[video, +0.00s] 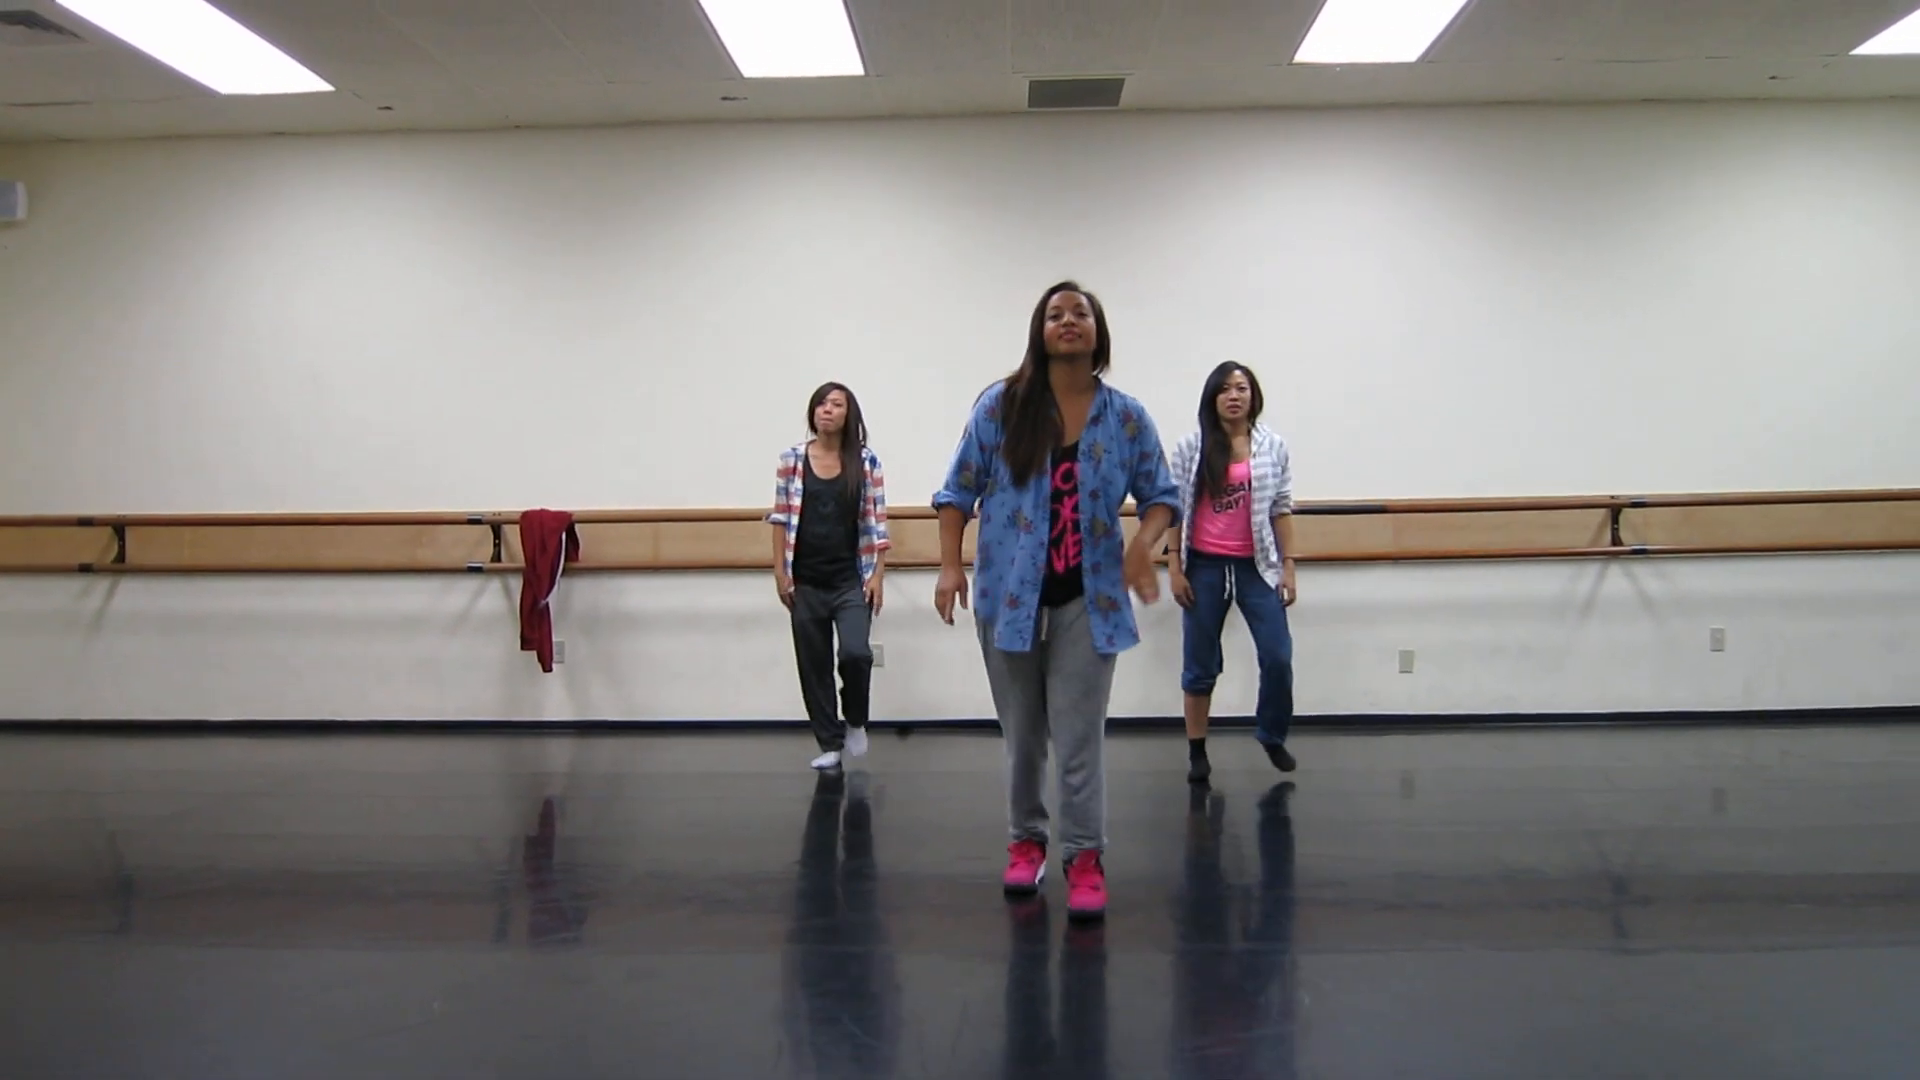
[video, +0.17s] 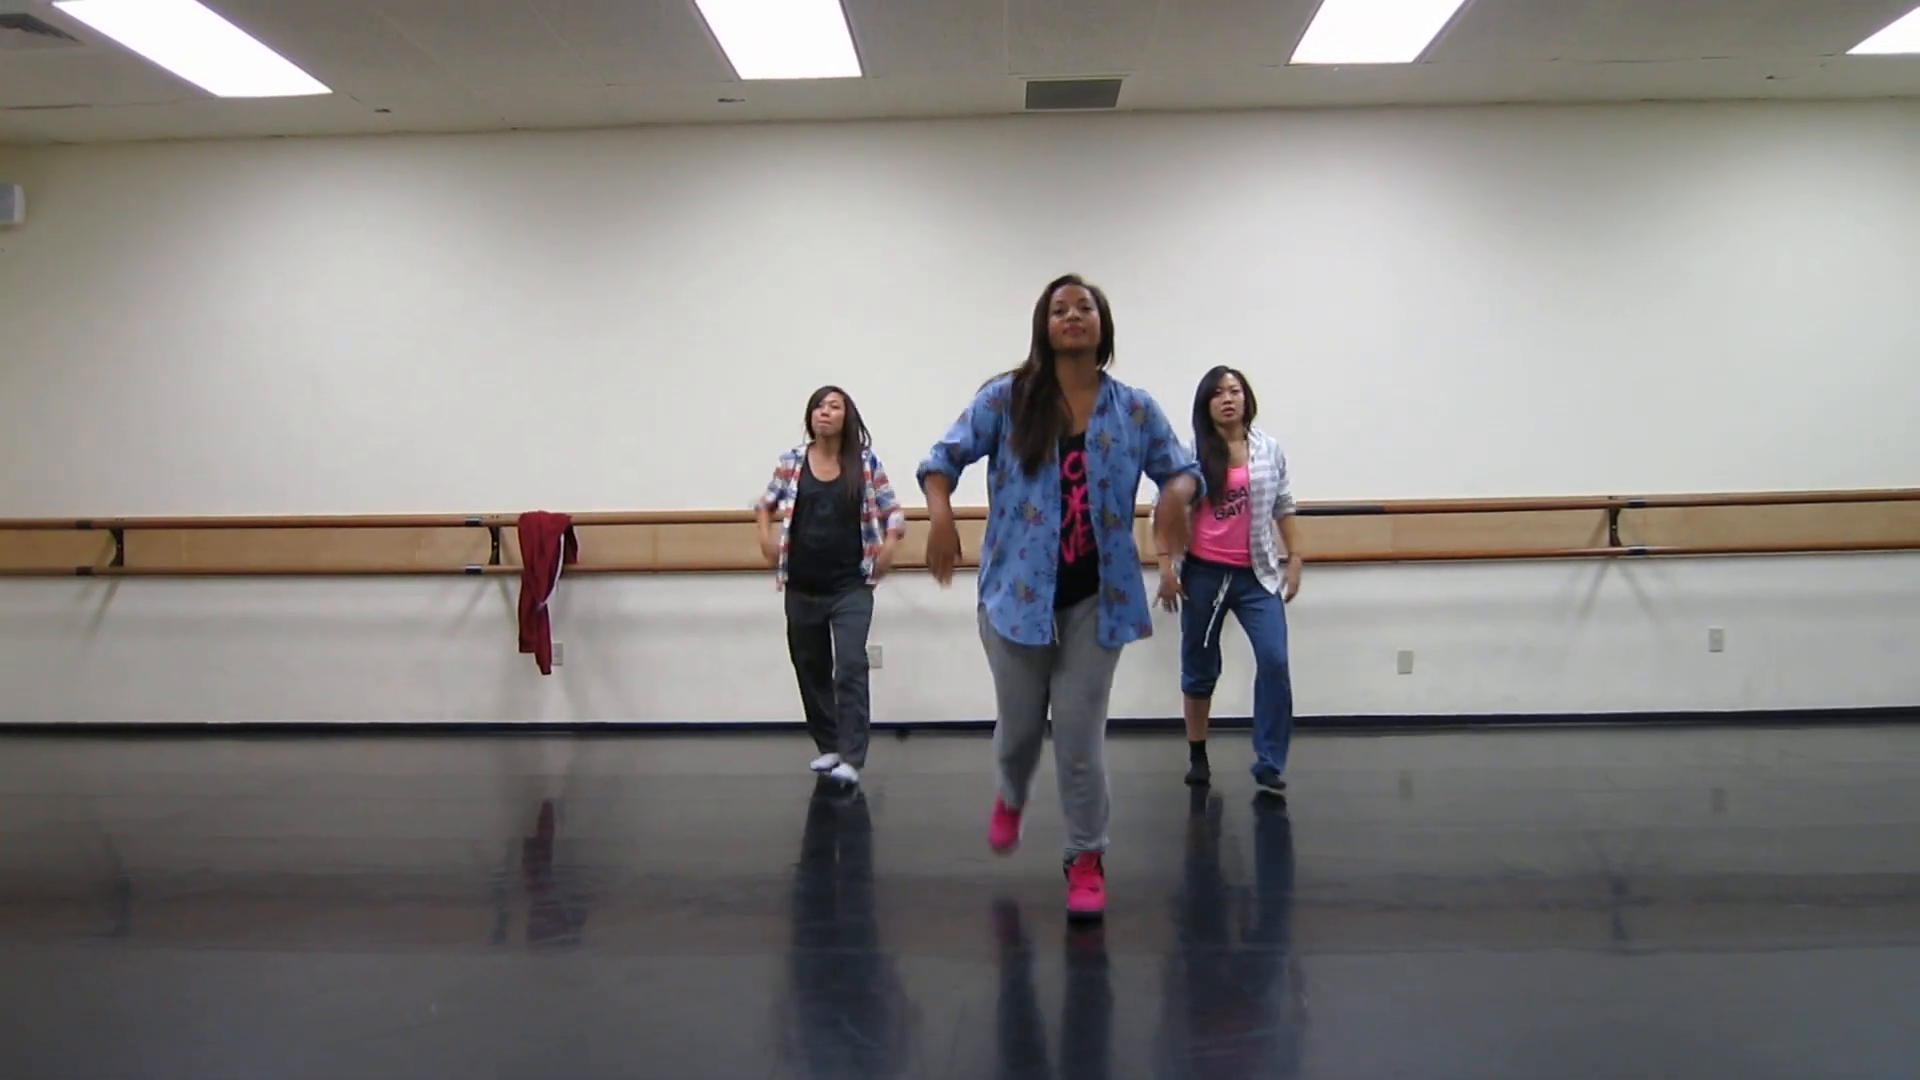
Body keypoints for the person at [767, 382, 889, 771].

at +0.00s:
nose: (828, 409)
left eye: (837, 405)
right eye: (822, 403)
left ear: (849, 415)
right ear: (812, 412)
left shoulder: (867, 461)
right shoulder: (793, 459)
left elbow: (878, 521)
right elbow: (780, 519)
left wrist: (877, 574)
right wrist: (780, 571)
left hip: (852, 582)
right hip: (806, 584)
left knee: (855, 654)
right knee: (814, 669)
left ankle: (856, 723)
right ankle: (829, 745)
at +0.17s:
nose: (827, 411)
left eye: (835, 406)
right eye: (820, 406)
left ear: (848, 418)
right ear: (810, 416)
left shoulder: (866, 462)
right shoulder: (792, 462)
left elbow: (894, 515)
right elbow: (765, 505)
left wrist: (887, 549)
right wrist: (766, 541)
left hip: (851, 588)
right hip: (802, 590)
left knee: (850, 669)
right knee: (813, 674)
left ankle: (850, 760)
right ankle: (829, 750)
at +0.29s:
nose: (823, 416)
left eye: (830, 409)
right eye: (816, 411)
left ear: (845, 419)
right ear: (806, 424)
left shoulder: (866, 463)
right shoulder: (795, 465)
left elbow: (902, 496)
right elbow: (765, 505)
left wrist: (909, 479)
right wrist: (756, 464)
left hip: (854, 589)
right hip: (803, 590)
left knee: (850, 673)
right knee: (806, 679)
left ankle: (847, 766)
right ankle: (832, 721)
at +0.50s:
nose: (818, 422)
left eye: (824, 414)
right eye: (810, 419)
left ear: (840, 422)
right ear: (803, 433)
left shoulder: (861, 469)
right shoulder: (791, 471)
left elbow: (894, 503)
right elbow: (746, 479)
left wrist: (909, 484)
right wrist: (698, 475)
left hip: (850, 596)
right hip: (800, 593)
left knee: (849, 681)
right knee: (798, 670)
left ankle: (846, 768)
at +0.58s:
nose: (813, 415)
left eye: (820, 408)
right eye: (805, 412)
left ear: (835, 415)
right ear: (798, 425)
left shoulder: (855, 459)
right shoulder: (793, 461)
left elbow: (839, 492)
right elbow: (775, 473)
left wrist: (802, 505)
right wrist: (778, 475)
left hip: (843, 590)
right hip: (795, 585)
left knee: (847, 684)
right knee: (779, 654)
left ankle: (844, 766)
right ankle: (770, 737)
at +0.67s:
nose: (806, 399)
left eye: (812, 392)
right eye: (797, 396)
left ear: (828, 399)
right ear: (790, 409)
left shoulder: (848, 443)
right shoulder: (785, 443)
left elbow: (811, 481)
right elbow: (780, 463)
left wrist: (760, 495)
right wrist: (803, 451)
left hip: (842, 577)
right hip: (791, 571)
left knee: (850, 662)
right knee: (762, 640)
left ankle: (852, 759)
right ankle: (771, 731)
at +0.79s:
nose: (795, 402)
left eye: (801, 393)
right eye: (788, 399)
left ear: (820, 400)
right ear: (782, 413)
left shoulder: (840, 436)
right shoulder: (774, 449)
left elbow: (868, 459)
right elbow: (722, 456)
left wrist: (810, 459)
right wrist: (762, 439)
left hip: (834, 579)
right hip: (780, 580)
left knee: (862, 657)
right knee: (757, 667)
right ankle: (730, 763)